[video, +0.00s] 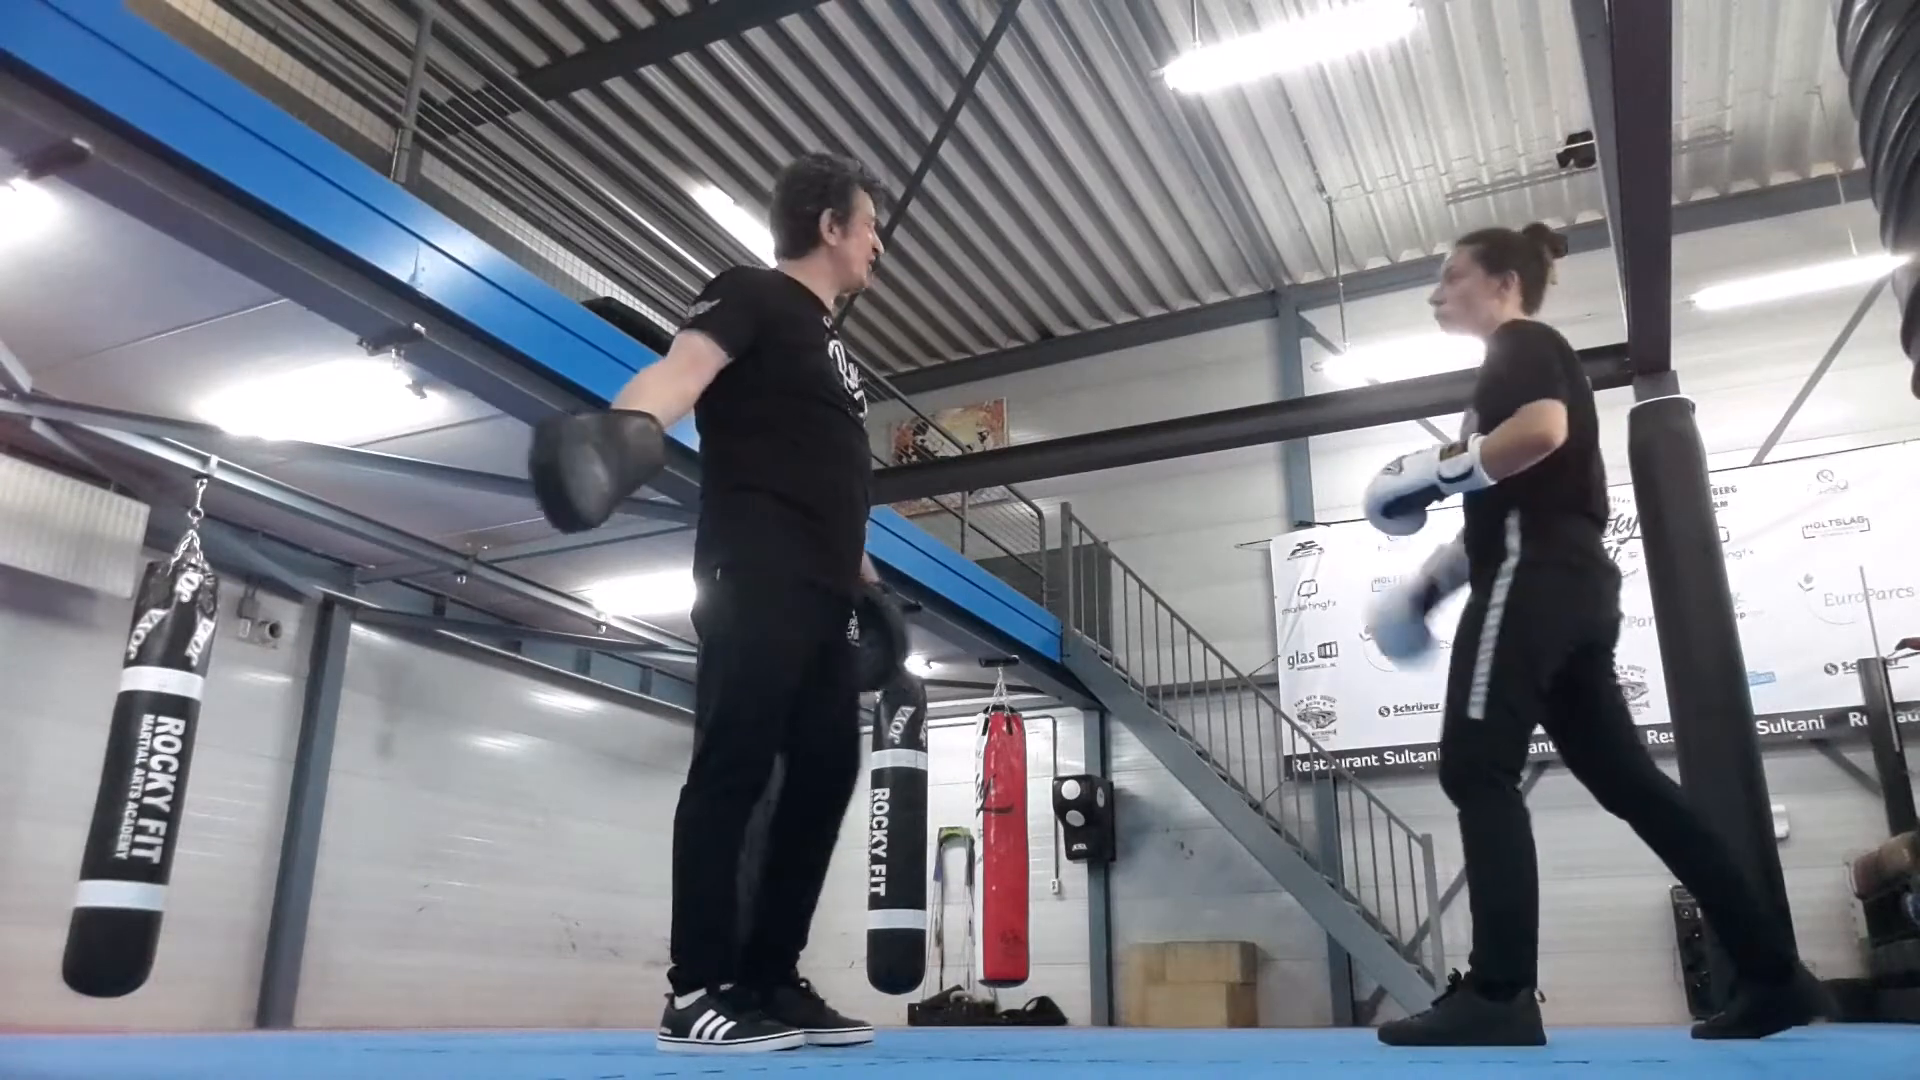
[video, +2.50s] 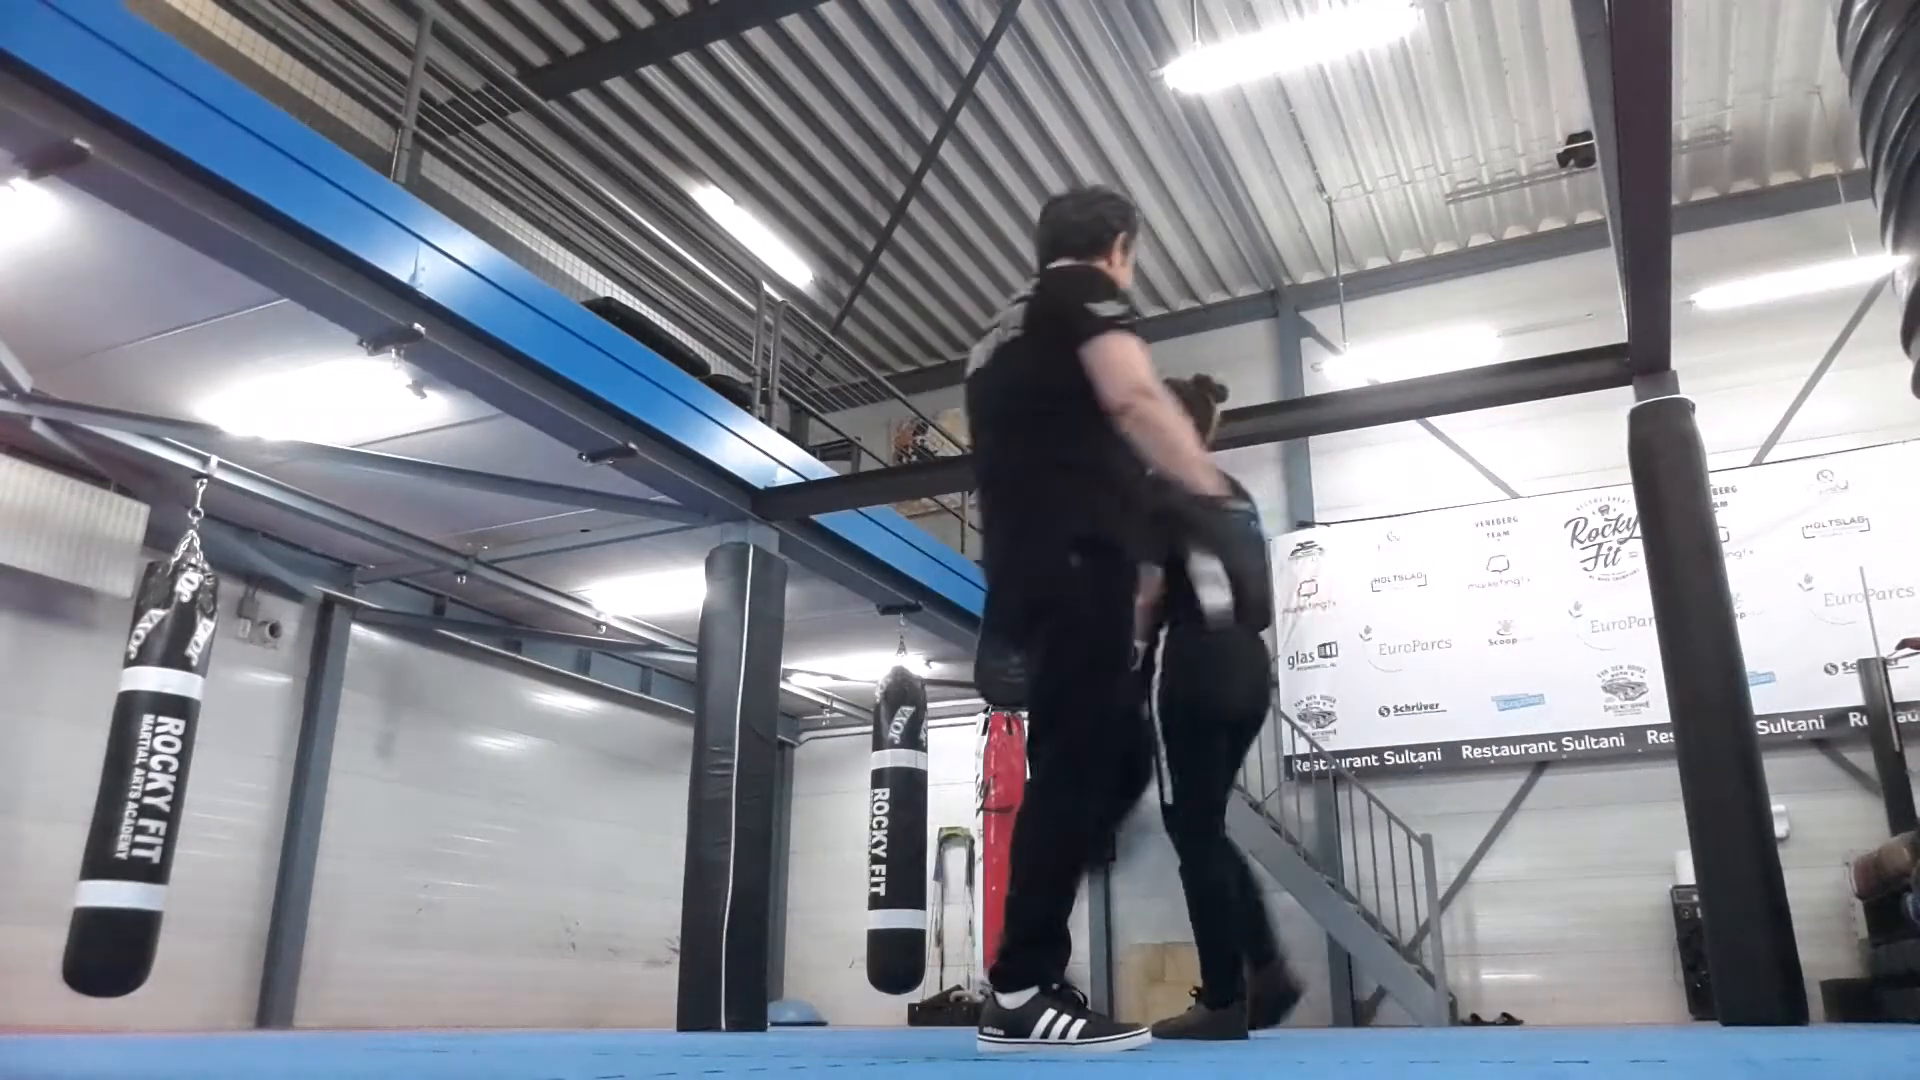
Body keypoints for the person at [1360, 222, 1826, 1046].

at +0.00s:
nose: (1439, 291)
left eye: (1452, 277)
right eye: (1442, 278)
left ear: (1501, 282)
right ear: (1505, 290)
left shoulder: (1520, 341)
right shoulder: (1531, 363)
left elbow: (1543, 429)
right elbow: (1509, 510)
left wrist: (1442, 470)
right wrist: (1429, 583)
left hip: (1531, 570)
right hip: (1569, 576)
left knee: (1476, 770)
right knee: (1627, 782)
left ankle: (1497, 998)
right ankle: (1772, 976)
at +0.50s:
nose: (1345, 306)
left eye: (1358, 292)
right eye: (1346, 294)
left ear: (1407, 296)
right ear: (1396, 303)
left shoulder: (1447, 349)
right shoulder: (1412, 399)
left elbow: (1516, 407)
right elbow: (1451, 519)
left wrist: (1555, 476)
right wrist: (1431, 618)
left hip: (1527, 576)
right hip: (1526, 589)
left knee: (1461, 769)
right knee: (1619, 786)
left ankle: (1496, 996)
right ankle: (1768, 973)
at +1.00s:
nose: (1297, 289)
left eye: (1304, 272)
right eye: (1299, 275)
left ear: (1342, 270)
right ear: (1367, 274)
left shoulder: (1368, 329)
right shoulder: (1400, 343)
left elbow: (1361, 435)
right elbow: (1345, 461)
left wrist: (1321, 532)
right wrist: (1240, 452)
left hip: (1442, 554)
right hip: (1487, 551)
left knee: (1446, 763)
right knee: (1450, 761)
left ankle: (1502, 989)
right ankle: (1522, 971)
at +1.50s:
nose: (1283, 351)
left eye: (1284, 342)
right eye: (1285, 343)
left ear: (1299, 338)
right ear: (1354, 344)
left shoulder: (1302, 388)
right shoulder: (1393, 411)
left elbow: (1281, 485)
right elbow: (1404, 519)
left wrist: (1224, 576)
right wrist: (1329, 568)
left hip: (1350, 592)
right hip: (1418, 592)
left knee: (1347, 784)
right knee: (1376, 791)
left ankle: (1460, 947)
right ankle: (1392, 984)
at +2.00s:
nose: (1214, 426)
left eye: (1215, 416)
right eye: (1215, 418)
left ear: (1231, 409)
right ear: (1285, 411)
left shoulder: (1234, 451)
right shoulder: (1338, 467)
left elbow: (1222, 505)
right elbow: (1402, 547)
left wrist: (1187, 554)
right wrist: (1468, 606)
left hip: (1274, 645)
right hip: (1356, 645)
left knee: (1245, 818)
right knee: (1361, 820)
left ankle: (1209, 990)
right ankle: (1394, 1000)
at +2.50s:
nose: (1148, 430)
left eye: (1155, 420)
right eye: (1152, 419)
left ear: (1171, 425)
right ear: (1207, 426)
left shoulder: (1163, 492)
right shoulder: (1235, 493)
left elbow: (1151, 591)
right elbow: (1253, 592)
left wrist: (1135, 653)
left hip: (1196, 661)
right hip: (1250, 658)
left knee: (1194, 825)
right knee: (1199, 821)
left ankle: (1223, 999)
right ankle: (1266, 972)